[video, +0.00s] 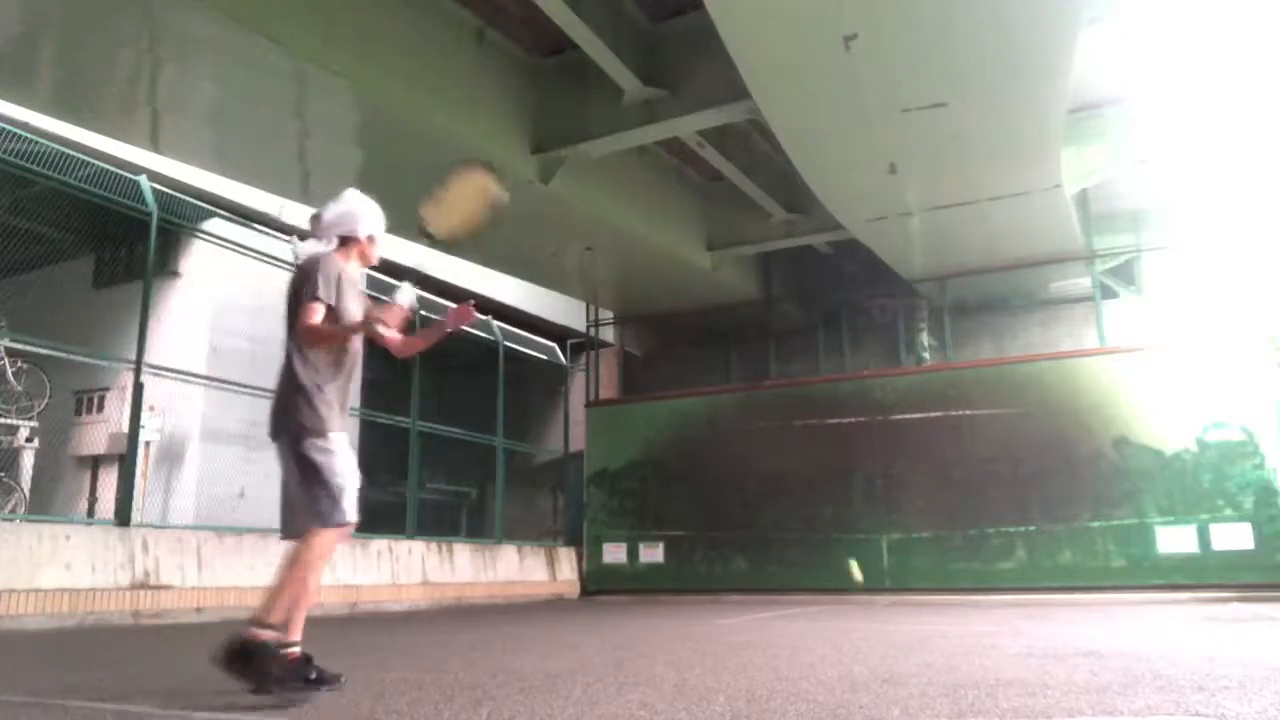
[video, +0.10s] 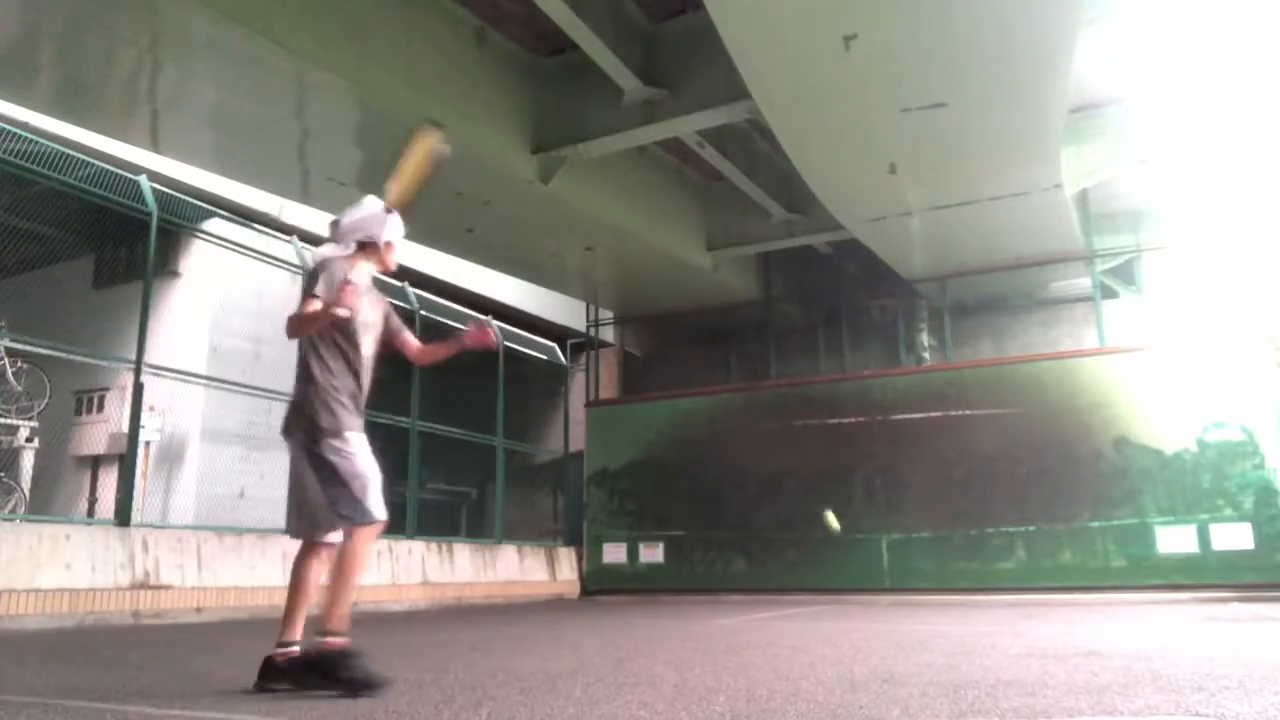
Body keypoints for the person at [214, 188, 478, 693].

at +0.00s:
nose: (379, 249)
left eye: (379, 240)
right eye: (376, 239)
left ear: (350, 238)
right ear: (358, 237)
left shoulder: (353, 287)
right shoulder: (322, 265)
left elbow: (401, 348)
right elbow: (308, 331)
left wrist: (445, 325)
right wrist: (366, 326)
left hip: (329, 422)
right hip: (308, 419)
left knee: (327, 528)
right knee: (333, 521)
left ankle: (283, 646)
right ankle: (266, 638)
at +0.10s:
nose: (399, 250)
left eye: (398, 241)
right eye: (394, 240)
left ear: (371, 244)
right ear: (374, 241)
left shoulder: (376, 299)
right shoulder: (333, 268)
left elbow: (417, 352)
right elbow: (295, 327)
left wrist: (461, 339)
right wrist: (333, 310)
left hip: (332, 421)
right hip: (326, 420)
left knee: (321, 537)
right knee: (368, 518)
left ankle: (286, 649)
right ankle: (332, 638)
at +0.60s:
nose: (470, 294)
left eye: (471, 285)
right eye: (468, 284)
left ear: (429, 278)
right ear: (447, 280)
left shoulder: (386, 311)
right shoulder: (437, 317)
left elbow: (400, 375)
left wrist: (449, 403)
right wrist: (517, 447)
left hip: (352, 433)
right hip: (396, 433)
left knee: (368, 540)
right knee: (422, 537)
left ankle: (339, 646)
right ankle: (420, 652)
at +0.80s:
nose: (460, 289)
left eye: (460, 280)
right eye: (457, 280)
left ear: (416, 277)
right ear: (440, 279)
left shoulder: (379, 311)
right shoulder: (444, 318)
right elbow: (492, 352)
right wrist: (529, 362)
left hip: (359, 438)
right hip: (404, 442)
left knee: (359, 536)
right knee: (424, 540)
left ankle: (328, 636)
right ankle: (421, 652)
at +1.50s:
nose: (408, 291)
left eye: (405, 285)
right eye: (406, 285)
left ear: (361, 284)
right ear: (394, 286)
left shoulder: (338, 323)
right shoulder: (405, 318)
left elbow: (319, 393)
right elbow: (406, 394)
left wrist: (341, 432)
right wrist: (395, 446)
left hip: (327, 444)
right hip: (369, 446)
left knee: (341, 543)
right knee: (359, 546)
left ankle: (316, 642)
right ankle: (317, 642)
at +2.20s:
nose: (486, 288)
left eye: (486, 280)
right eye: (482, 280)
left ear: (466, 282)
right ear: (465, 281)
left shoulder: (479, 327)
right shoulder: (426, 315)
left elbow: (528, 358)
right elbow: (378, 356)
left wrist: (546, 332)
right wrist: (365, 339)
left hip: (448, 442)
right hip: (430, 441)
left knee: (420, 547)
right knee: (473, 528)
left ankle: (385, 642)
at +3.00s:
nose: (686, 315)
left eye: (685, 309)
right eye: (684, 309)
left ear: (642, 307)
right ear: (674, 309)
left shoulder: (613, 348)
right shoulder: (675, 337)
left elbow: (561, 388)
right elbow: (746, 345)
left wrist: (565, 446)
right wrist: (742, 306)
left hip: (616, 470)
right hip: (642, 470)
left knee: (694, 540)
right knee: (663, 568)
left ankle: (687, 648)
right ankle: (555, 622)